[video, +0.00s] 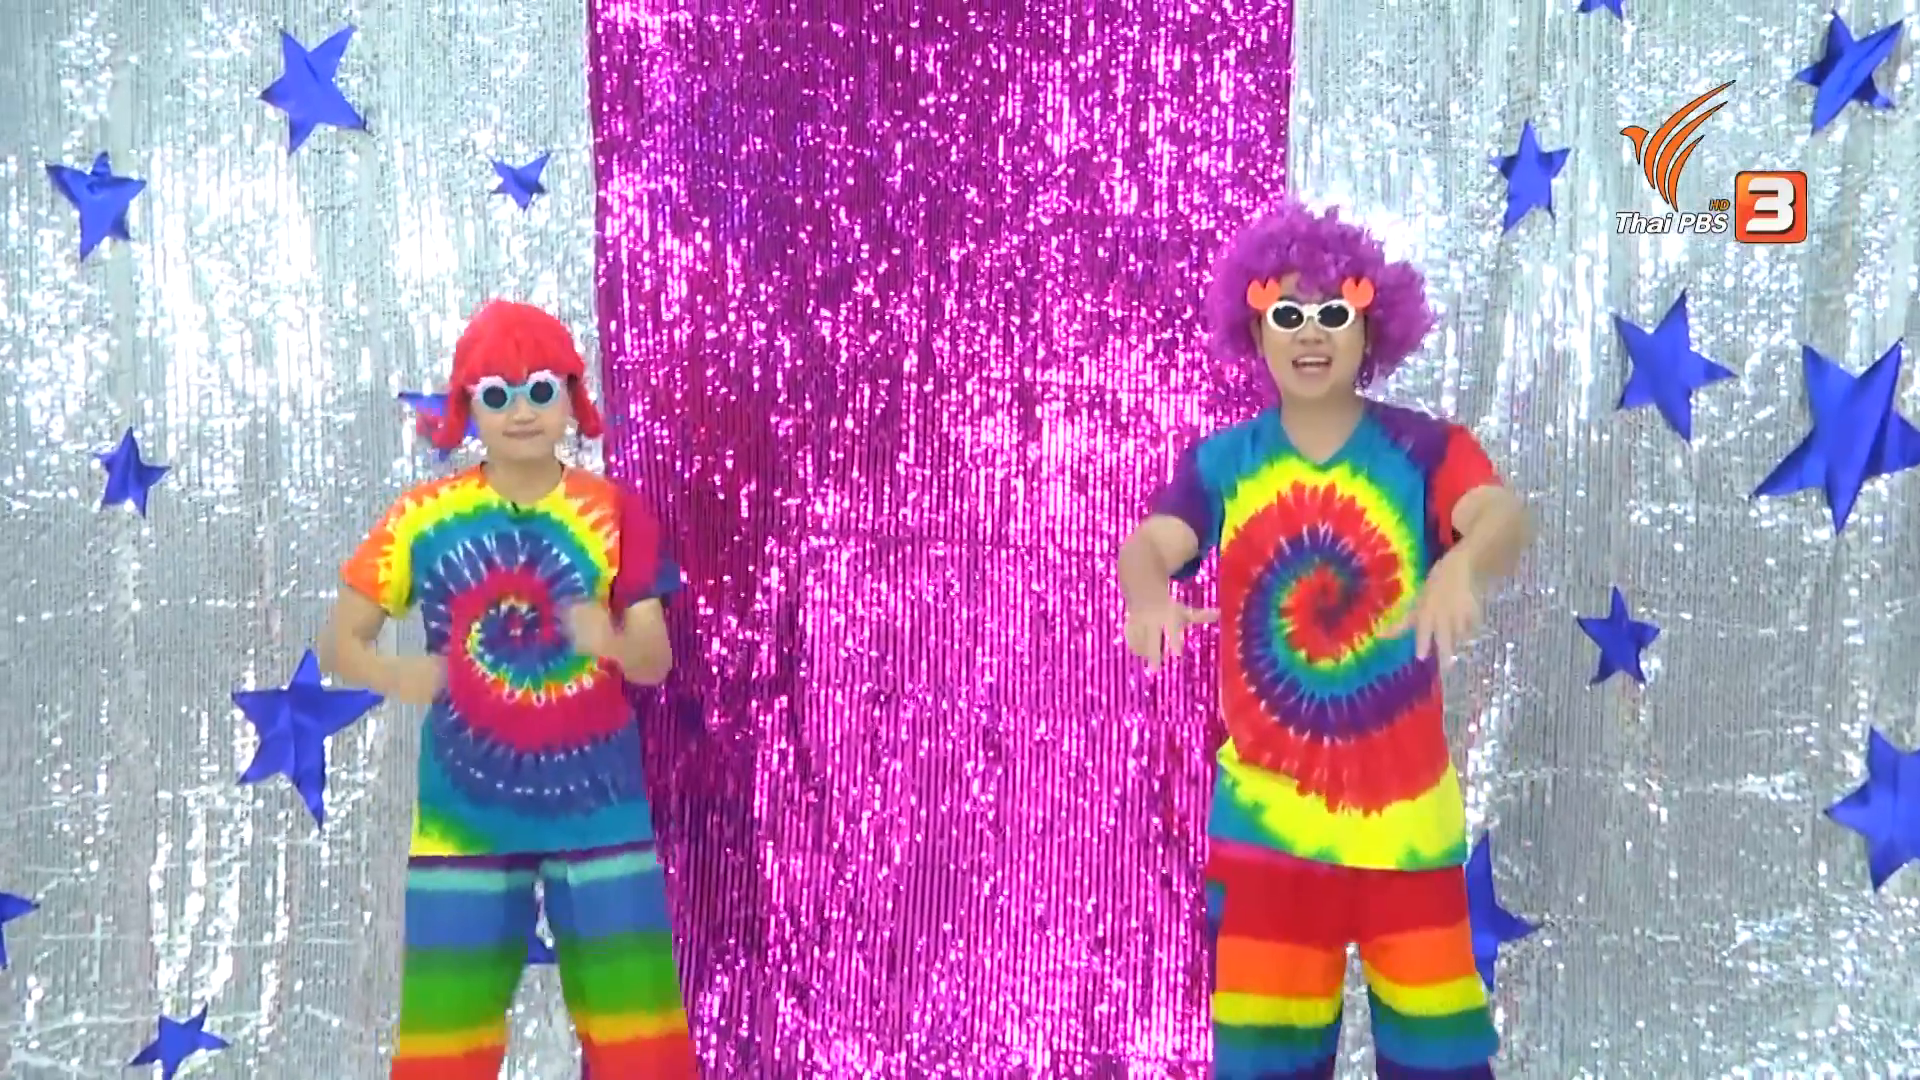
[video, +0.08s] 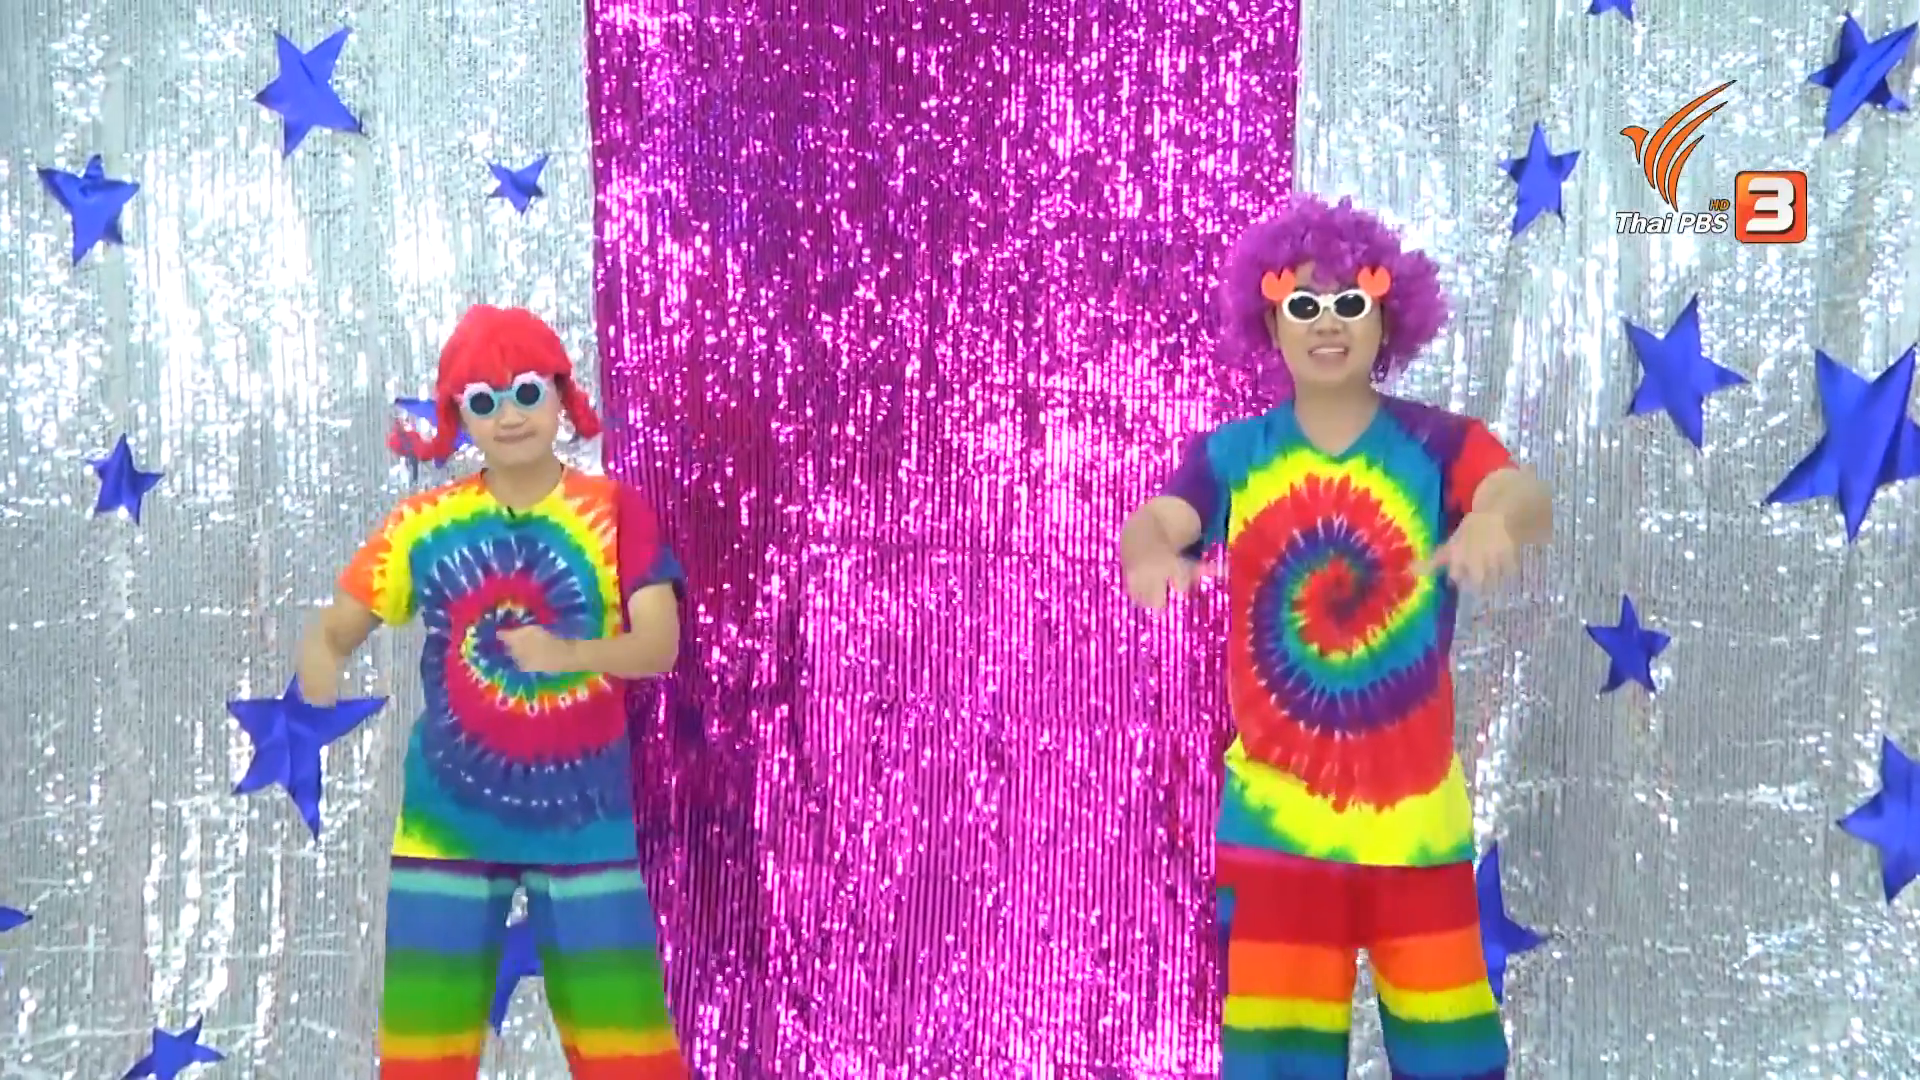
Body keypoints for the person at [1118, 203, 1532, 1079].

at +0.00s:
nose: (1311, 334)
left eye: (1333, 314)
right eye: (1288, 315)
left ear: (1367, 334)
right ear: (1257, 336)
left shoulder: (1428, 449)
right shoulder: (1221, 465)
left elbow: (1505, 517)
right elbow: (1151, 543)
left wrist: (1464, 567)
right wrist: (1146, 591)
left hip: (1410, 824)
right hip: (1269, 828)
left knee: (1442, 1056)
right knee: (1265, 1058)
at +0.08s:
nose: (1328, 322)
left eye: (1350, 302)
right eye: (1304, 305)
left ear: (1384, 324)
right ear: (1271, 329)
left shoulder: (1439, 441)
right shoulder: (1233, 456)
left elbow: (1525, 497)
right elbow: (1156, 523)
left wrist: (1495, 519)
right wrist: (1149, 554)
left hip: (1419, 819)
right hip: (1280, 823)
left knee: (1455, 1053)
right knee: (1278, 1054)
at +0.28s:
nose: (1389, 313)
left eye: (1410, 292)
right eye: (1364, 295)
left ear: (1444, 310)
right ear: (1330, 317)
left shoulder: (1490, 431)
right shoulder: (1291, 433)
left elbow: (1596, 469)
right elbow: (1184, 473)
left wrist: (1571, 404)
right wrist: (1220, 443)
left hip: (1461, 801)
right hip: (1322, 801)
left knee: (1474, 1042)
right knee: (1312, 1040)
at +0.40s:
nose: (1431, 330)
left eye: (1452, 308)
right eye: (1406, 312)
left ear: (1489, 324)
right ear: (1373, 330)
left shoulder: (1529, 452)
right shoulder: (1322, 439)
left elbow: (1633, 535)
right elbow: (1232, 509)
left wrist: (1595, 471)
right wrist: (1304, 497)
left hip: (1482, 816)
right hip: (1345, 812)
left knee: (1486, 1049)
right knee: (1326, 1047)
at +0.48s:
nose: (1454, 349)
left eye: (1475, 326)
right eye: (1428, 330)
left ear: (1514, 341)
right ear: (1395, 349)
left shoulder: (1560, 476)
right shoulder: (1335, 465)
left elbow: (1635, 588)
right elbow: (1263, 560)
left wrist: (1603, 597)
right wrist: (1357, 613)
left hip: (1501, 853)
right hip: (1358, 847)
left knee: (1505, 1061)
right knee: (1324, 1060)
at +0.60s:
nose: (1474, 361)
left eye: (1497, 340)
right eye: (1449, 342)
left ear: (1531, 358)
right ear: (1414, 361)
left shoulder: (1571, 502)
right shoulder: (1349, 492)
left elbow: (1613, 665)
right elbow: (1296, 648)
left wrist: (1596, 816)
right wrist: (1395, 785)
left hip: (1513, 884)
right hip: (1363, 874)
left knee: (1517, 1066)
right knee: (1335, 1066)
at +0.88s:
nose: (1432, 320)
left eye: (1456, 298)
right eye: (1406, 300)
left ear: (1496, 318)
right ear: (1373, 324)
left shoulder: (1554, 474)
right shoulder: (1312, 466)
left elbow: (1595, 642)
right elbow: (1230, 622)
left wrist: (1613, 802)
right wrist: (1285, 777)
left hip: (1499, 864)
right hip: (1345, 856)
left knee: (1499, 1064)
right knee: (1334, 1066)